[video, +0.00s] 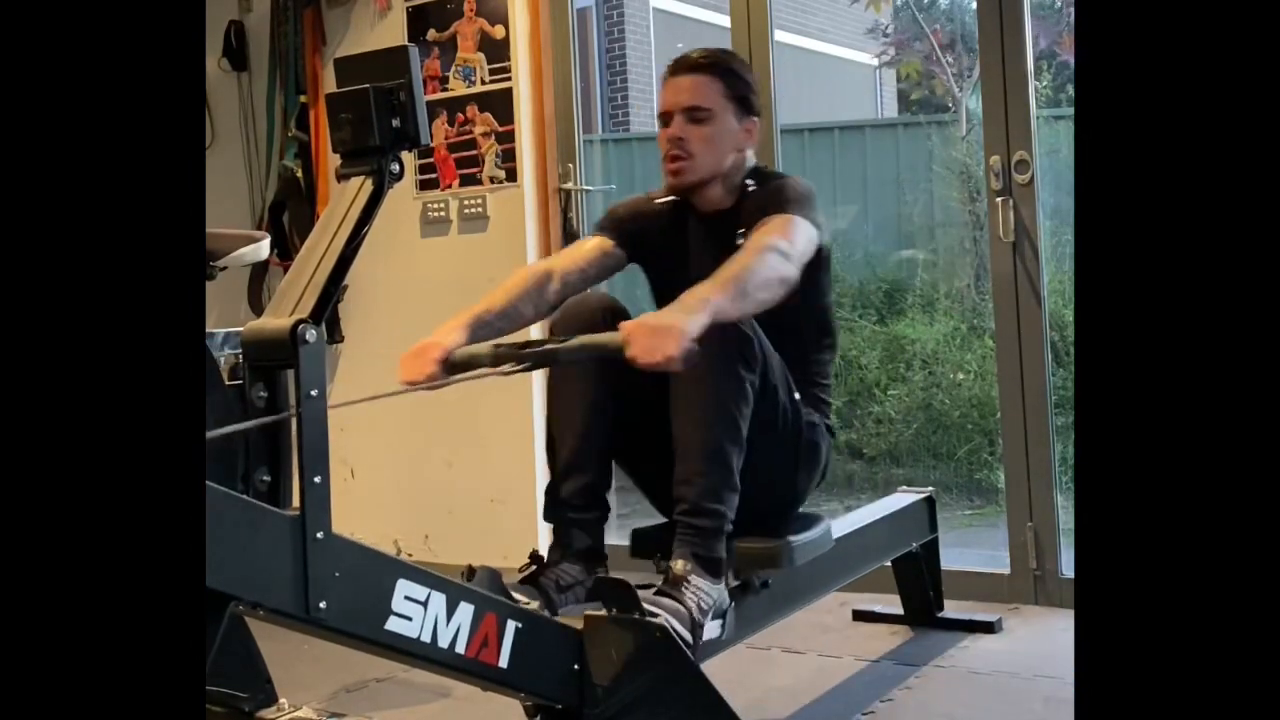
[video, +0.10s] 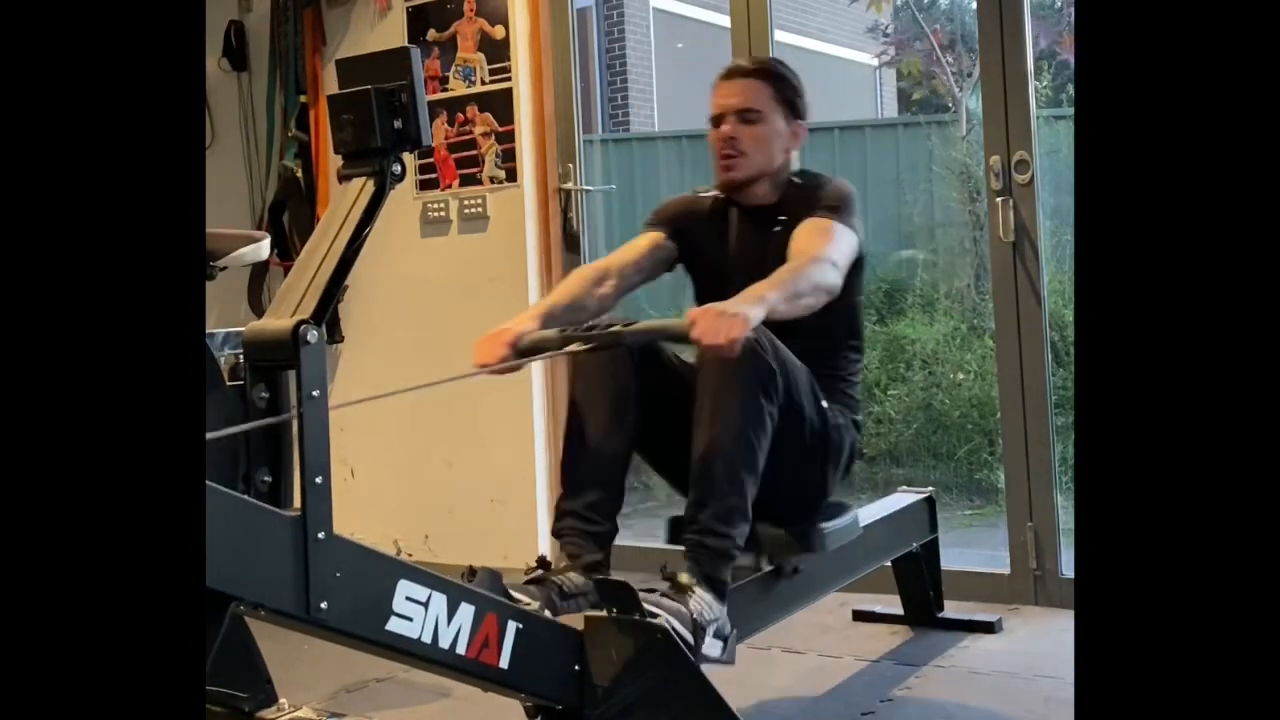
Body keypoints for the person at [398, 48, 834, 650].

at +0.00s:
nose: (673, 134)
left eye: (696, 118)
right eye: (665, 120)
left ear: (747, 133)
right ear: (656, 133)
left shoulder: (787, 200)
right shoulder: (645, 220)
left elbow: (773, 263)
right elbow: (554, 278)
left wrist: (691, 310)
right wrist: (460, 330)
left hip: (774, 467)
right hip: (680, 465)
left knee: (717, 330)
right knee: (584, 314)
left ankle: (699, 575)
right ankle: (575, 560)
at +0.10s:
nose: (725, 133)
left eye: (746, 118)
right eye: (717, 121)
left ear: (796, 135)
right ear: (708, 133)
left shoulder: (826, 202)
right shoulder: (692, 215)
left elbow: (819, 272)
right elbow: (609, 277)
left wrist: (748, 306)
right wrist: (530, 323)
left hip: (807, 464)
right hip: (718, 458)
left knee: (739, 345)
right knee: (606, 351)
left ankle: (702, 594)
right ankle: (576, 570)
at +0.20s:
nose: (769, 138)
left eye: (790, 125)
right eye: (761, 127)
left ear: (834, 141)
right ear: (751, 140)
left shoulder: (861, 203)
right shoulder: (734, 216)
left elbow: (855, 269)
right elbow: (655, 272)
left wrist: (796, 296)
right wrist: (584, 310)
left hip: (839, 435)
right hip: (751, 420)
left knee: (764, 376)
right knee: (637, 382)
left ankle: (707, 607)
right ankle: (579, 575)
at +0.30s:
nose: (804, 147)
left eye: (823, 134)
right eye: (796, 136)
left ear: (866, 146)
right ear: (787, 147)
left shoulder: (890, 208)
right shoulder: (767, 219)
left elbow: (904, 271)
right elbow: (694, 273)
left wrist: (844, 286)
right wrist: (634, 300)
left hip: (857, 404)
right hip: (766, 397)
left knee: (780, 429)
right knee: (662, 427)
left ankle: (711, 619)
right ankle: (583, 586)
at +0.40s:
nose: (831, 166)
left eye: (847, 151)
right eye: (821, 155)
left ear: (887, 160)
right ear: (812, 163)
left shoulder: (913, 226)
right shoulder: (794, 232)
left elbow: (959, 290)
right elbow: (725, 283)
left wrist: (886, 286)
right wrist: (676, 296)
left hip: (862, 405)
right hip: (777, 400)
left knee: (789, 468)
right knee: (689, 466)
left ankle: (718, 623)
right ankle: (589, 593)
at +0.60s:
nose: (799, 166)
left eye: (817, 151)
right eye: (790, 153)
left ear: (860, 156)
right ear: (782, 160)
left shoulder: (906, 227)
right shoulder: (777, 236)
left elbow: (1026, 295)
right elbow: (736, 313)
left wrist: (937, 277)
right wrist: (720, 308)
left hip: (859, 426)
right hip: (763, 417)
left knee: (772, 411)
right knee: (668, 406)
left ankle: (716, 621)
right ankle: (593, 586)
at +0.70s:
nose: (778, 158)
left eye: (796, 142)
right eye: (768, 146)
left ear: (839, 148)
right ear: (759, 156)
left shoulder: (886, 223)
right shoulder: (750, 238)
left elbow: (991, 282)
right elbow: (685, 292)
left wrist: (884, 282)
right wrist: (662, 304)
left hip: (845, 452)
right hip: (749, 440)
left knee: (759, 384)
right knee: (653, 381)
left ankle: (712, 617)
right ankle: (594, 577)